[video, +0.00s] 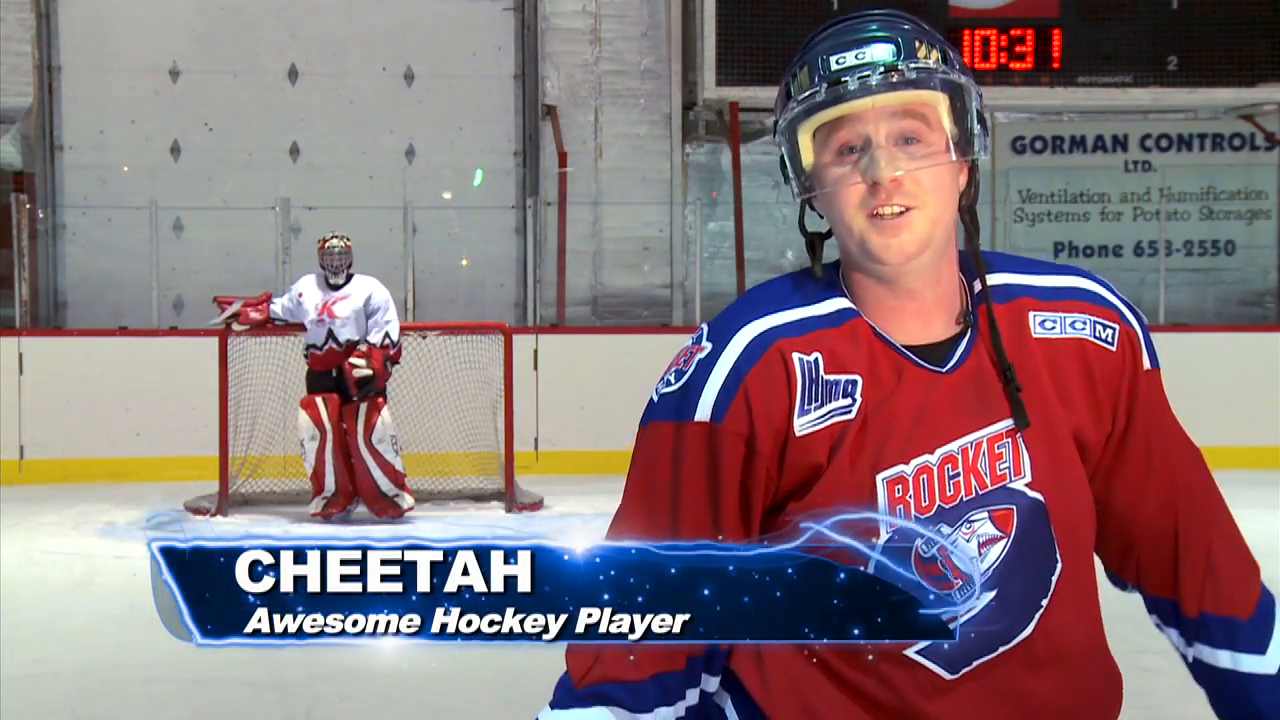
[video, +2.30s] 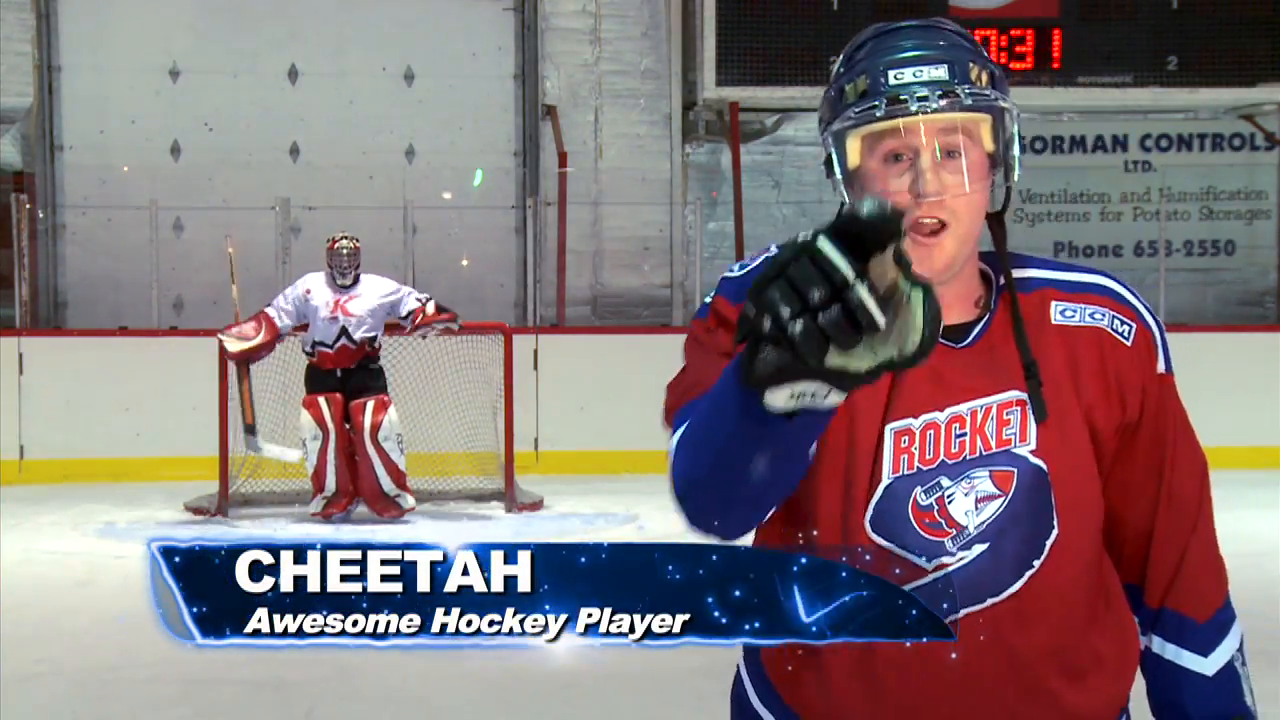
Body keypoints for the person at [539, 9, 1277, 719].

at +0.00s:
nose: (884, 174)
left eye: (911, 140)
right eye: (849, 151)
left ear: (961, 163)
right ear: (810, 186)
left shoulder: (1084, 327)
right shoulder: (740, 368)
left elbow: (1208, 578)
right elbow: (633, 652)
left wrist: (1264, 701)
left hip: (1062, 707)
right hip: (819, 713)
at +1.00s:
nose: (987, 174)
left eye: (1018, 148)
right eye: (957, 140)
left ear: (1050, 178)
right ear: (905, 156)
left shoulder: (1135, 342)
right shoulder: (798, 337)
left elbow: (1258, 583)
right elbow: (696, 602)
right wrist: (633, 715)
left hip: (1082, 704)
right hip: (848, 708)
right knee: (617, 689)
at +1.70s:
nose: (1032, 192)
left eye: (1063, 162)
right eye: (1001, 158)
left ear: (1097, 182)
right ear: (950, 171)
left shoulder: (1172, 345)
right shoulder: (843, 330)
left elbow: (1249, 592)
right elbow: (731, 562)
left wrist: (1254, 705)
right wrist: (708, 702)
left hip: (1102, 703)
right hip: (864, 705)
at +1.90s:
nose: (994, 201)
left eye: (1020, 168)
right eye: (961, 170)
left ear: (1056, 184)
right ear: (912, 185)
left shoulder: (1154, 340)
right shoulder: (823, 329)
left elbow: (1223, 610)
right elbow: (729, 517)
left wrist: (1233, 714)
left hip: (1093, 707)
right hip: (855, 707)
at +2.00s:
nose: (971, 198)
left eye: (998, 165)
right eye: (940, 168)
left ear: (1035, 182)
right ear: (891, 186)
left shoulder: (1138, 336)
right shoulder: (806, 320)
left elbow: (1221, 605)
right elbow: (741, 533)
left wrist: (1235, 713)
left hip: (1093, 707)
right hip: (847, 706)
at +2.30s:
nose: (925, 183)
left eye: (951, 150)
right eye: (894, 154)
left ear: (996, 172)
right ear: (845, 174)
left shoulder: (1101, 326)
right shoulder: (764, 312)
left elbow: (1180, 586)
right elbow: (713, 507)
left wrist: (1214, 712)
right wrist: (792, 390)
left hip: (1062, 707)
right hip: (824, 707)